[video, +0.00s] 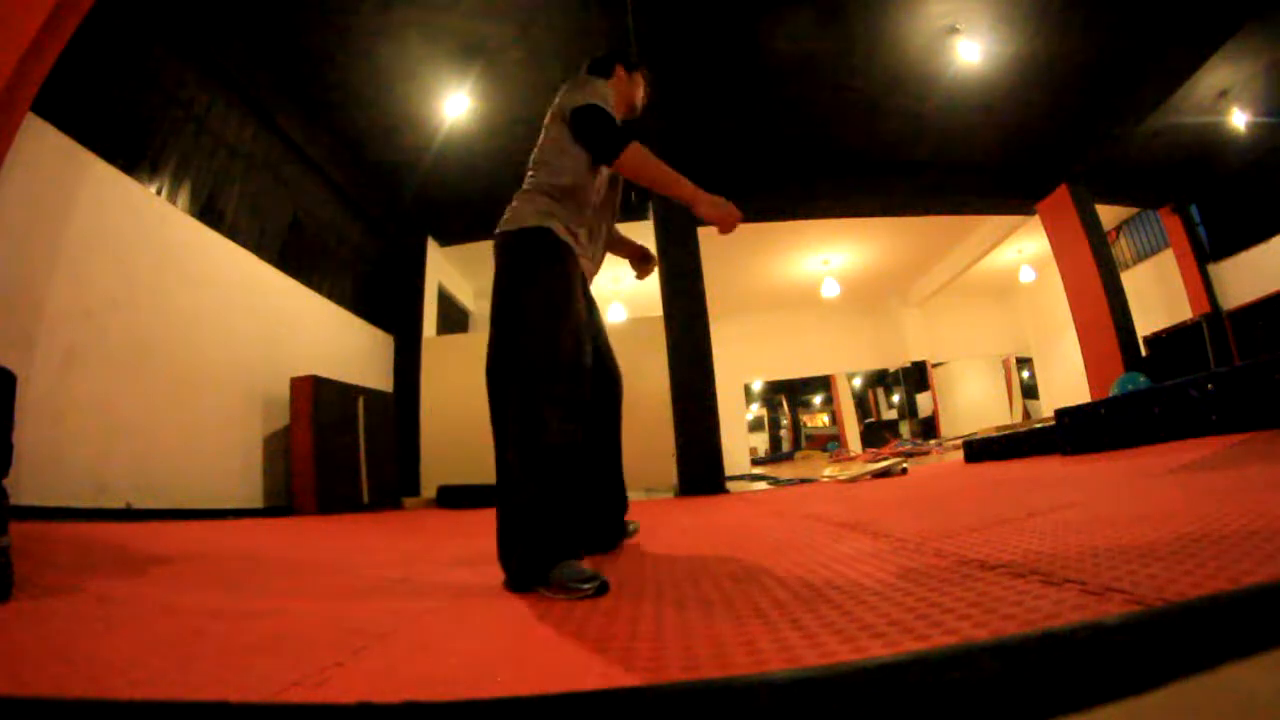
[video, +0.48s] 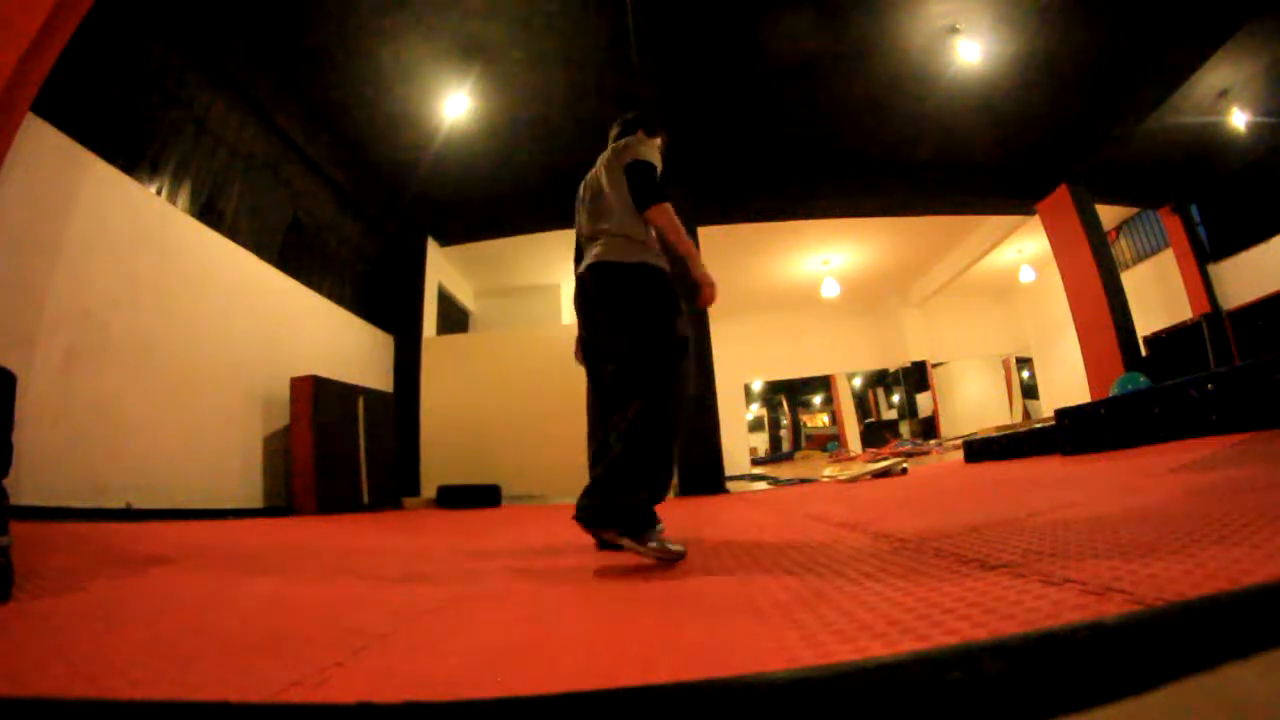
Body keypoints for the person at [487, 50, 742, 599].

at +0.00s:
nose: (641, 100)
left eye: (643, 92)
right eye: (639, 87)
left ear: (613, 82)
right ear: (620, 75)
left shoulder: (601, 139)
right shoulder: (585, 89)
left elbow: (580, 214)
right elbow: (613, 147)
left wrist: (627, 247)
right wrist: (699, 198)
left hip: (564, 265)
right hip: (534, 250)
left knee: (596, 385)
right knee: (541, 395)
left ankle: (594, 521)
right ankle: (537, 558)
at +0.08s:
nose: (642, 110)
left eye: (643, 103)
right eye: (641, 99)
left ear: (607, 91)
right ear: (625, 86)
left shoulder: (595, 139)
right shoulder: (599, 98)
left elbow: (585, 223)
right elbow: (621, 163)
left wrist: (642, 256)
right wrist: (694, 227)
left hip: (569, 263)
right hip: (547, 253)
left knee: (587, 395)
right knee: (538, 398)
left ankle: (619, 519)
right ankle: (536, 558)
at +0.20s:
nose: (642, 126)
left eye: (640, 120)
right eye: (640, 118)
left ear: (598, 113)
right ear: (628, 111)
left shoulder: (578, 151)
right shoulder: (617, 124)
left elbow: (593, 237)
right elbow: (630, 193)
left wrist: (642, 286)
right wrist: (668, 269)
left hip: (568, 274)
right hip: (580, 272)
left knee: (593, 404)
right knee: (558, 404)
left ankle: (618, 519)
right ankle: (536, 556)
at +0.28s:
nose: (645, 128)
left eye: (641, 124)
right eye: (643, 122)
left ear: (598, 121)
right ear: (633, 117)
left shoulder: (578, 164)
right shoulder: (627, 133)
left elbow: (573, 224)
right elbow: (637, 205)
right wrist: (658, 275)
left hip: (572, 275)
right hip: (602, 276)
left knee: (603, 404)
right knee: (578, 407)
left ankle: (614, 519)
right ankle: (547, 542)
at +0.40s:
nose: (652, 142)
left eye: (650, 137)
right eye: (650, 135)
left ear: (605, 136)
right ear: (639, 130)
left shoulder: (585, 175)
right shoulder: (633, 141)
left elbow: (581, 236)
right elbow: (644, 201)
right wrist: (674, 266)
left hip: (584, 278)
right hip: (625, 273)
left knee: (602, 396)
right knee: (638, 388)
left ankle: (619, 510)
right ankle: (581, 510)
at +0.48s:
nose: (658, 149)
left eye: (657, 144)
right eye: (657, 143)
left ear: (615, 138)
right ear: (649, 136)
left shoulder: (589, 183)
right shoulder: (638, 148)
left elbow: (582, 258)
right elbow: (651, 205)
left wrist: (582, 325)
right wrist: (698, 268)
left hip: (595, 288)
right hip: (636, 280)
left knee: (617, 402)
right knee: (653, 397)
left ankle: (622, 519)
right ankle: (622, 512)